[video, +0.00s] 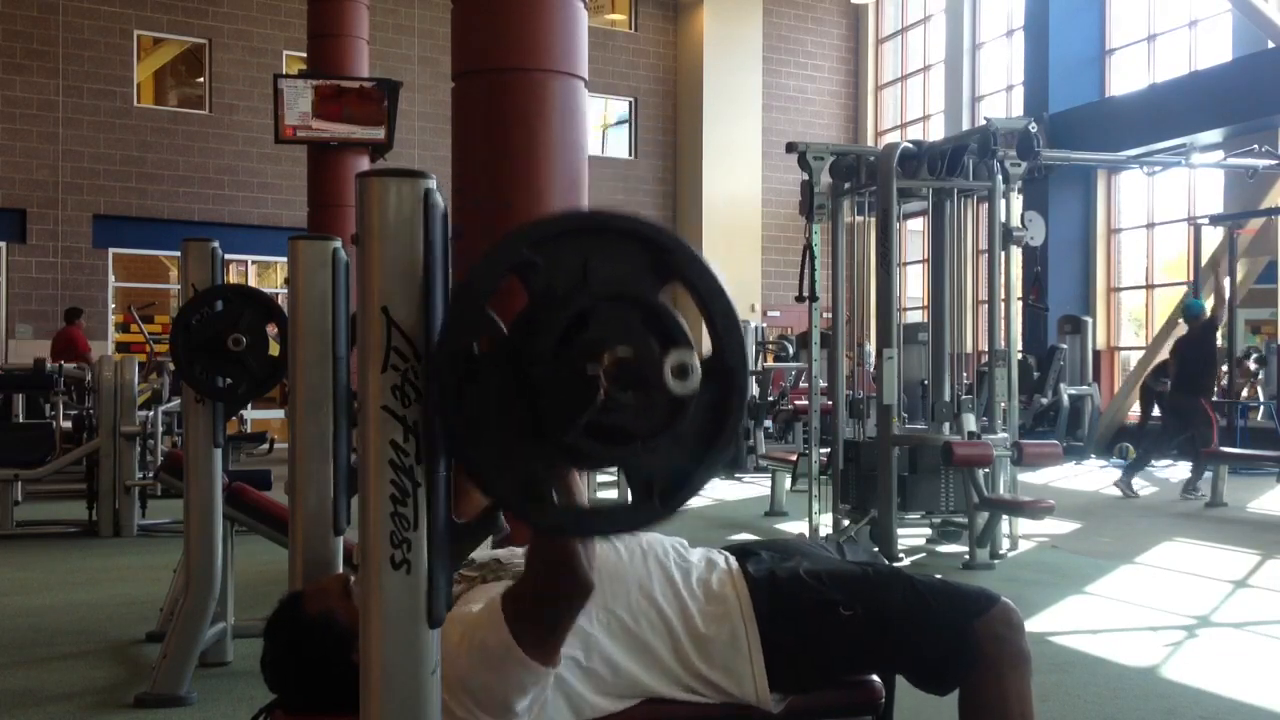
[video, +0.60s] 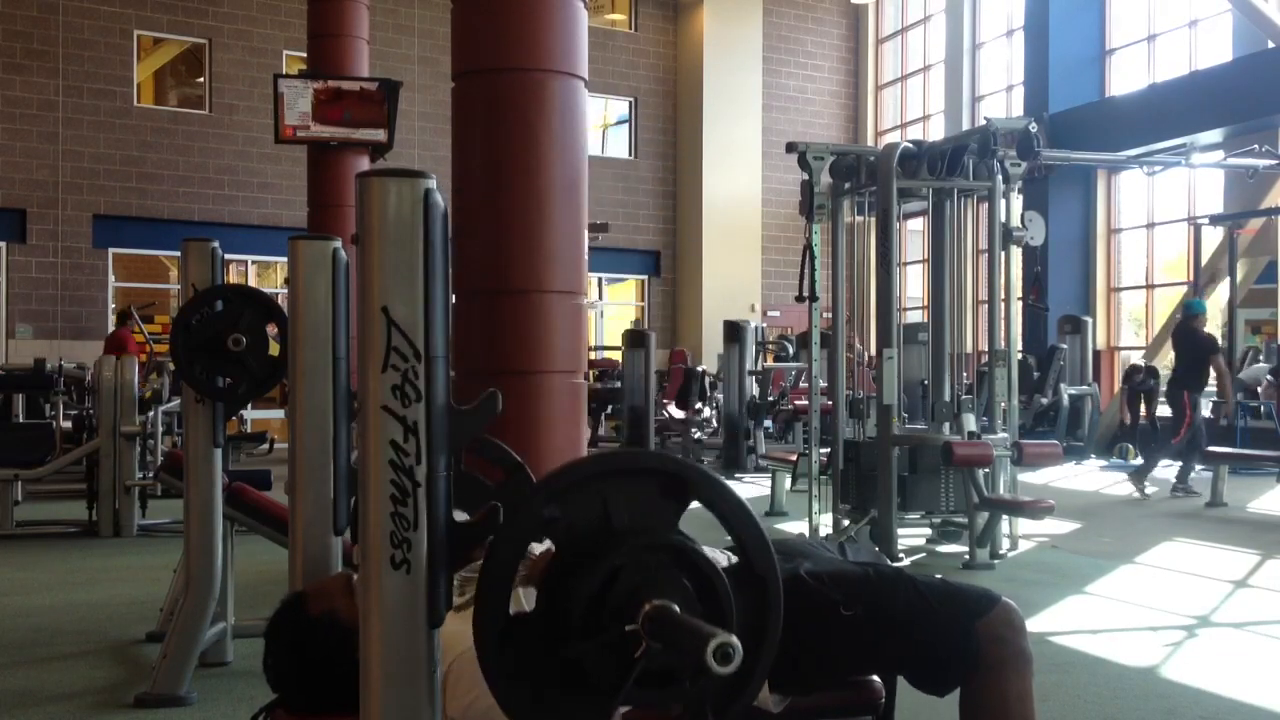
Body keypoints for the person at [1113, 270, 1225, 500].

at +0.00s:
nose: (1205, 315)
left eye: (1197, 314)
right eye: (1203, 313)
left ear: (1185, 319)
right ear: (1203, 315)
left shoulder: (1179, 344)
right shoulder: (1208, 331)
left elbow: (1172, 373)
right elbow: (1221, 301)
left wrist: (1177, 389)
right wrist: (1218, 272)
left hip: (1176, 398)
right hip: (1197, 400)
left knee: (1163, 440)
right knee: (1207, 445)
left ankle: (1126, 477)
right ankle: (1191, 486)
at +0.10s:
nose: (1204, 315)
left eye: (1197, 313)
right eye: (1203, 312)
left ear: (1185, 316)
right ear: (1203, 312)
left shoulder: (1181, 338)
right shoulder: (1208, 328)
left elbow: (1172, 364)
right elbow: (1226, 306)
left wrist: (1149, 374)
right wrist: (1231, 278)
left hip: (1172, 393)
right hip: (1193, 394)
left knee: (1166, 435)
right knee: (1206, 432)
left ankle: (1129, 474)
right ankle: (1192, 484)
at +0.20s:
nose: (1206, 302)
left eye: (1205, 300)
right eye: (1204, 299)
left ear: (1185, 302)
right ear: (1201, 300)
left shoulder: (1178, 323)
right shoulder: (1206, 316)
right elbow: (1237, 306)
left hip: (1171, 379)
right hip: (1187, 381)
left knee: (1168, 427)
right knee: (1188, 430)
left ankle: (1148, 469)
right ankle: (1188, 479)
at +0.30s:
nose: (1204, 300)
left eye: (1202, 297)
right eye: (1203, 297)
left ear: (1184, 298)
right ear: (1199, 297)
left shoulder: (1178, 316)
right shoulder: (1208, 314)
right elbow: (1235, 326)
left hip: (1169, 372)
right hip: (1186, 376)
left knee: (1173, 422)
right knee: (1183, 421)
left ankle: (1172, 472)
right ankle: (1161, 470)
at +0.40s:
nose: (1206, 310)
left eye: (1205, 307)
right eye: (1204, 307)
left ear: (1185, 307)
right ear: (1199, 308)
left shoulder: (1178, 324)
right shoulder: (1207, 330)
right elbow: (1226, 357)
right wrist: (1237, 372)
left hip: (1172, 380)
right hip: (1186, 385)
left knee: (1187, 433)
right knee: (1173, 431)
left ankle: (1179, 480)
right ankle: (1143, 472)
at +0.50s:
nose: (1208, 324)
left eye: (1207, 320)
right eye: (1206, 320)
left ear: (1187, 320)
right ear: (1201, 321)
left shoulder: (1179, 334)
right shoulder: (1208, 344)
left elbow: (1186, 310)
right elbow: (1213, 378)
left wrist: (1195, 286)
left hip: (1178, 394)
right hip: (1184, 397)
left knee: (1200, 440)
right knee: (1172, 440)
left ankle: (1181, 483)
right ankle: (1134, 478)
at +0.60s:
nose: (1205, 320)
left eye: (1204, 316)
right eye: (1203, 316)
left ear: (1186, 316)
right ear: (1198, 317)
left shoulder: (1178, 332)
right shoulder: (1206, 340)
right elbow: (1221, 370)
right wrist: (1229, 401)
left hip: (1177, 389)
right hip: (1187, 392)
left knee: (1197, 439)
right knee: (1180, 437)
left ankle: (1182, 482)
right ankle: (1140, 474)